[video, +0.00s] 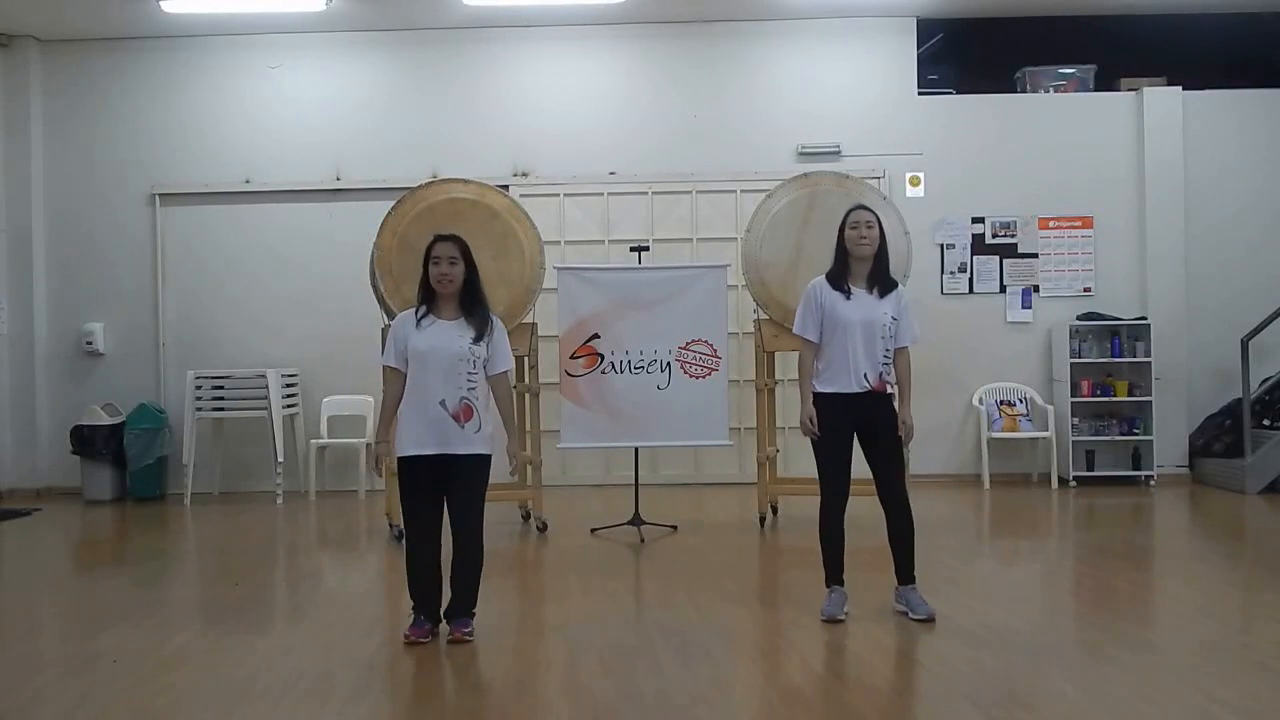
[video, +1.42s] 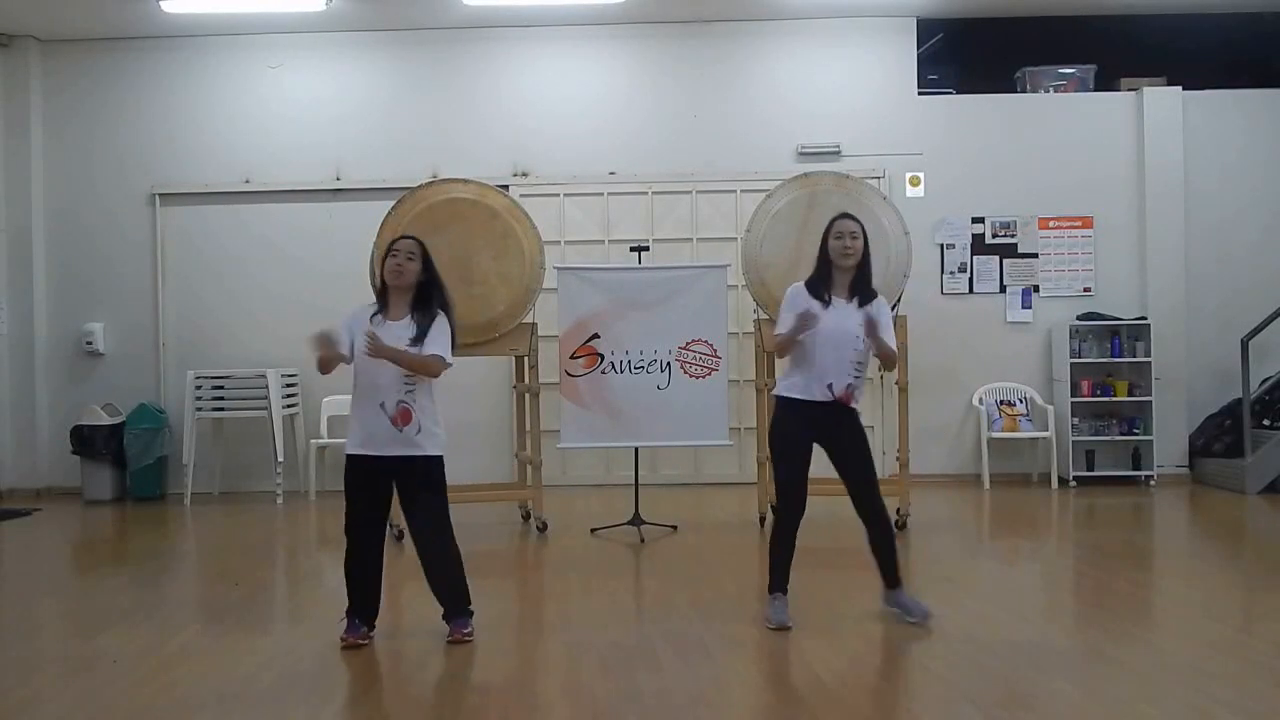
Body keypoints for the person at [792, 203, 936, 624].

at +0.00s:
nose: (862, 232)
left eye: (870, 226)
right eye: (854, 227)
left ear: (881, 237)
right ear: (842, 237)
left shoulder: (892, 294)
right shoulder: (821, 289)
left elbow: (901, 354)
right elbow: (807, 350)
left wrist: (905, 407)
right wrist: (806, 402)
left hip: (878, 405)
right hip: (830, 405)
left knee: (896, 497)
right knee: (833, 499)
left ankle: (907, 588)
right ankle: (835, 590)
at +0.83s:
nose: (881, 233)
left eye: (889, 225)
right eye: (873, 227)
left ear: (902, 234)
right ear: (862, 237)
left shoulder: (922, 289)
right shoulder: (846, 292)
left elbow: (939, 347)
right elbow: (838, 351)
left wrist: (963, 390)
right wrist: (819, 394)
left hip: (913, 407)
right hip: (862, 408)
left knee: (917, 503)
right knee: (860, 503)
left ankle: (914, 594)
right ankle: (846, 590)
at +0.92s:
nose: (882, 241)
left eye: (889, 234)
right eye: (874, 236)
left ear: (902, 241)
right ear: (863, 245)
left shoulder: (922, 296)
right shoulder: (846, 300)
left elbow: (951, 352)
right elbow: (830, 357)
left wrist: (973, 348)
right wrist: (797, 354)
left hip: (913, 412)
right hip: (862, 413)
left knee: (920, 506)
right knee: (859, 507)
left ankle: (915, 594)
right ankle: (864, 584)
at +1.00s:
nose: (881, 243)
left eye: (888, 236)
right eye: (873, 238)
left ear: (902, 243)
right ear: (862, 247)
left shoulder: (921, 295)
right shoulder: (845, 298)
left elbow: (953, 344)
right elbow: (820, 348)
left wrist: (964, 313)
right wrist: (798, 327)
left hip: (910, 413)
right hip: (860, 414)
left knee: (917, 507)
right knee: (851, 506)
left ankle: (915, 594)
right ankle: (866, 582)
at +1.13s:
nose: (874, 236)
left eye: (882, 229)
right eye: (866, 230)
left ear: (894, 237)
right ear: (855, 240)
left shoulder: (909, 288)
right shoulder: (839, 288)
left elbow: (925, 325)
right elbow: (814, 326)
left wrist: (919, 275)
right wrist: (806, 281)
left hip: (900, 407)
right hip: (850, 406)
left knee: (908, 504)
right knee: (828, 500)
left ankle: (915, 594)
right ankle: (823, 589)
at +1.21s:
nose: (865, 234)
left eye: (872, 228)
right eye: (857, 229)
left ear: (886, 236)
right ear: (847, 240)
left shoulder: (903, 287)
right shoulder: (835, 285)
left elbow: (899, 328)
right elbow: (815, 323)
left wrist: (879, 285)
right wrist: (822, 277)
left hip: (885, 405)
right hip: (835, 404)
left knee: (900, 502)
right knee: (815, 500)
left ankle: (914, 595)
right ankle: (787, 595)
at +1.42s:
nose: (846, 243)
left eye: (854, 237)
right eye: (838, 237)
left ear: (864, 247)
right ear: (825, 245)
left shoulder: (874, 303)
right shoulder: (800, 293)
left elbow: (890, 362)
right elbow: (777, 349)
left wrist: (874, 338)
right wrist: (797, 331)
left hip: (841, 413)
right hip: (794, 409)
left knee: (873, 507)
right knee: (790, 508)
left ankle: (894, 591)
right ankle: (777, 597)